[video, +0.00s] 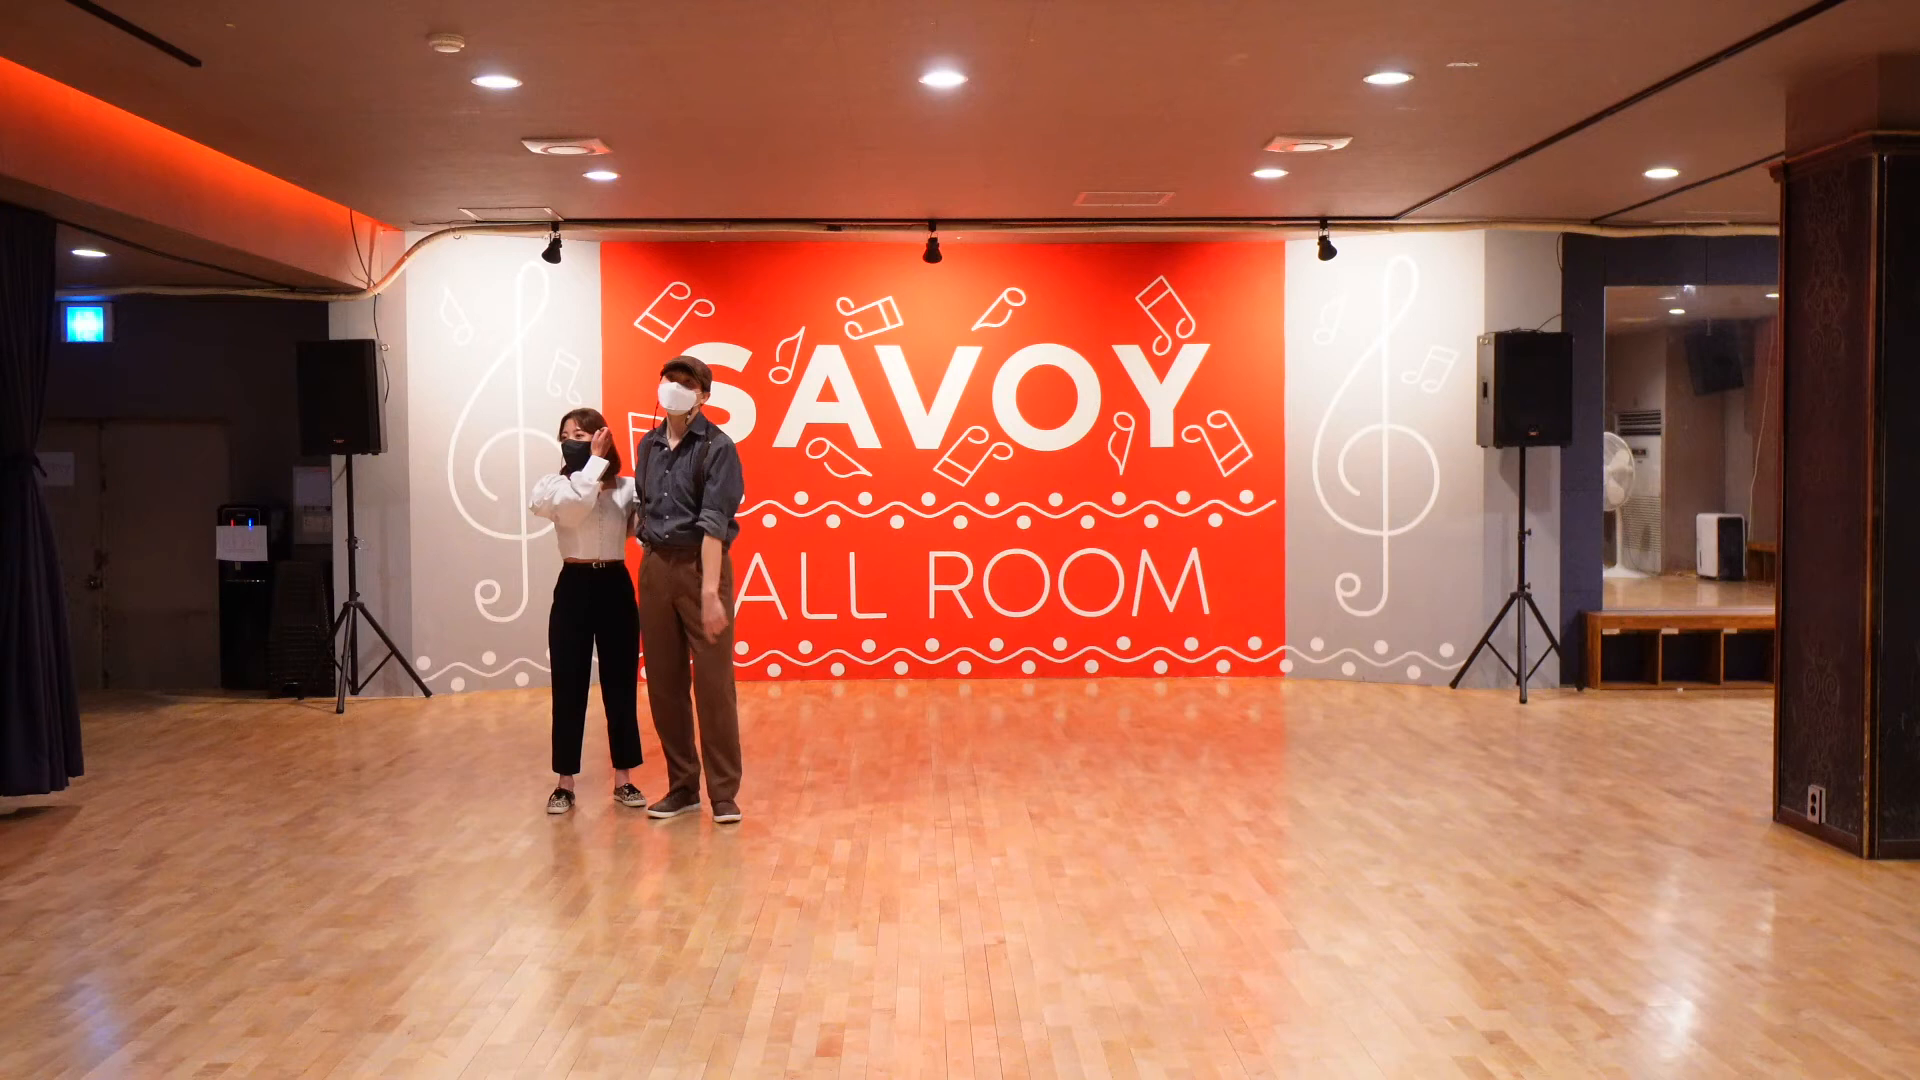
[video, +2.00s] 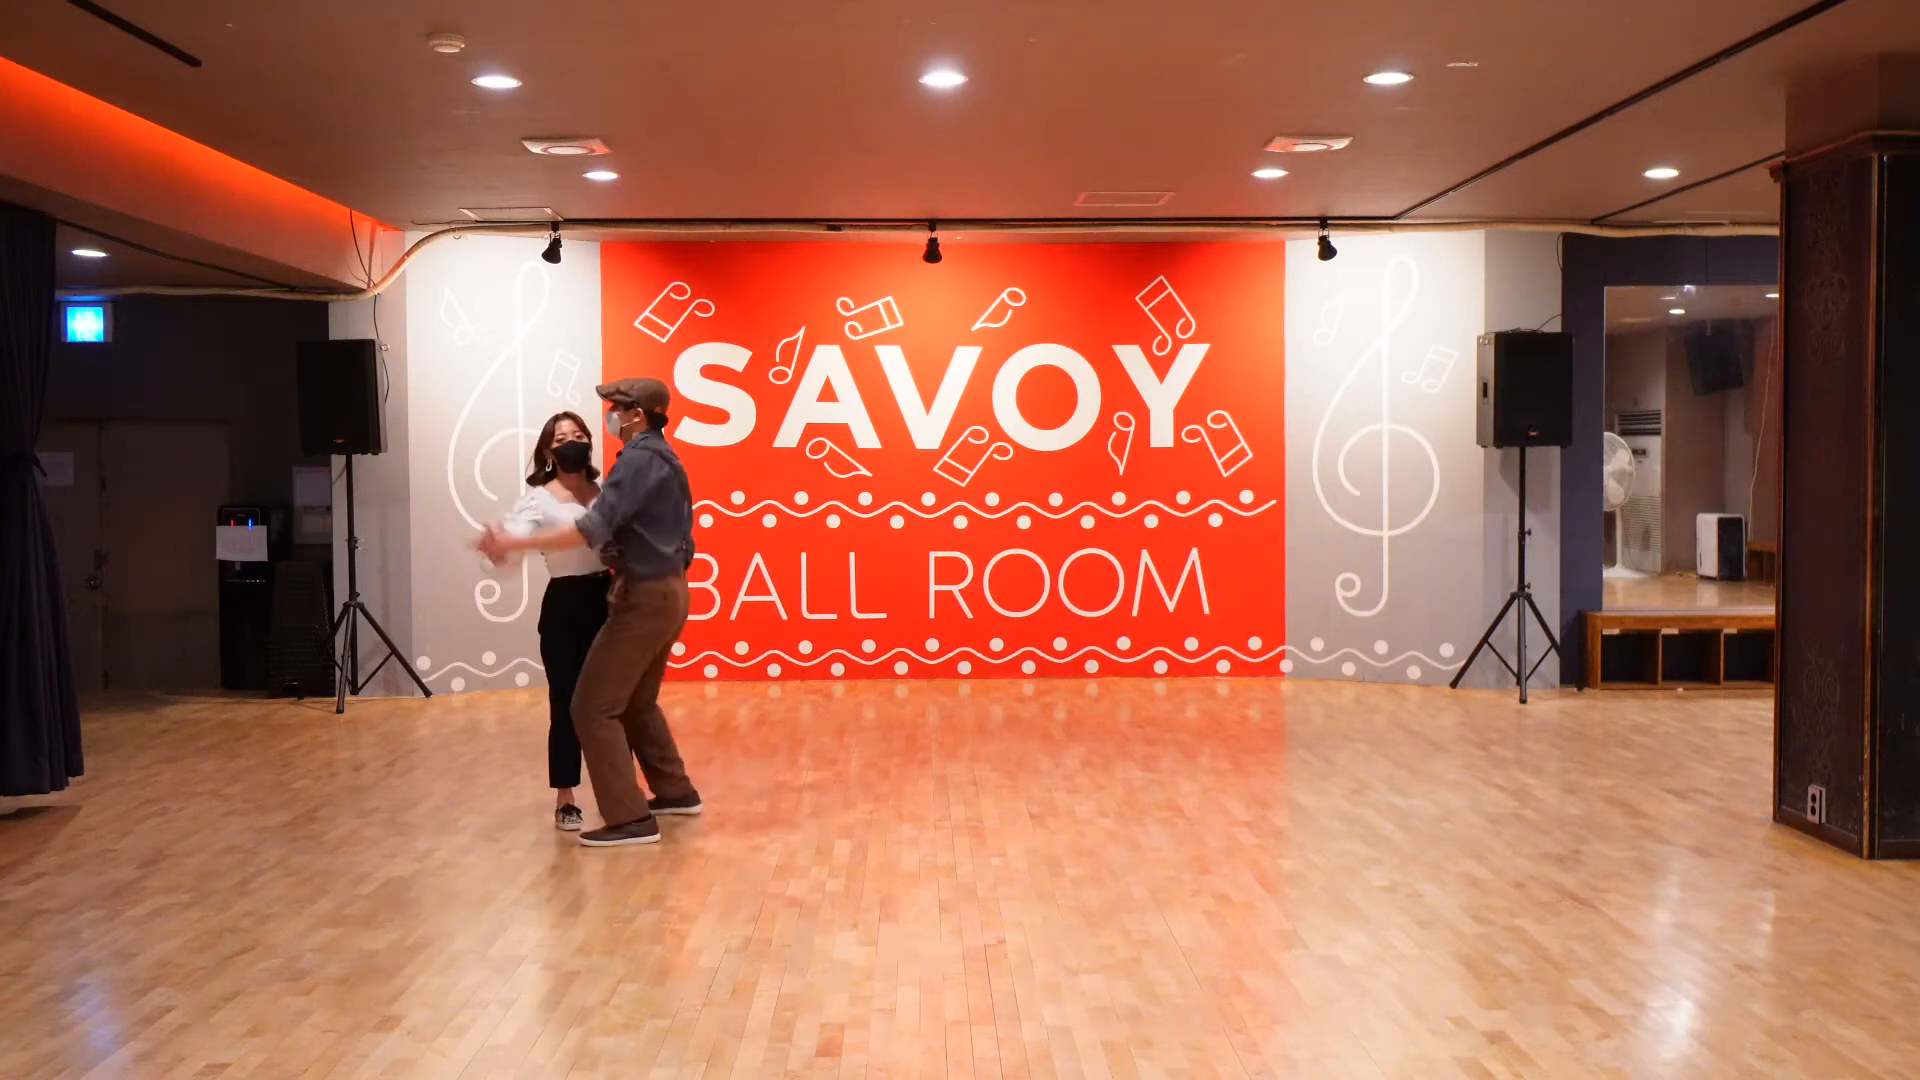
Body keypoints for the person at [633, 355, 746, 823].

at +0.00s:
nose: (672, 390)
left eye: (684, 384)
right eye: (669, 381)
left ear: (702, 396)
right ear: (659, 388)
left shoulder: (718, 448)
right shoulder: (649, 443)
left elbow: (715, 526)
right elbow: (642, 504)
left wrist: (711, 593)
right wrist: (637, 523)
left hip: (703, 569)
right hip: (654, 569)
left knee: (713, 684)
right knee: (665, 683)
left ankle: (723, 795)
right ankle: (683, 788)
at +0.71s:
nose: (648, 392)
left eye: (659, 384)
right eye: (647, 385)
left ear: (684, 392)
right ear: (648, 395)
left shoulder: (714, 445)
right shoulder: (645, 448)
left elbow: (725, 521)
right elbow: (640, 514)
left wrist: (666, 551)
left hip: (704, 570)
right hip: (656, 572)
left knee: (713, 684)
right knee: (665, 685)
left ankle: (722, 793)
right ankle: (683, 787)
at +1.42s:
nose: (627, 398)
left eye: (634, 392)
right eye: (629, 391)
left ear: (657, 401)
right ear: (653, 402)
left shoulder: (681, 455)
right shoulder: (649, 451)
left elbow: (684, 539)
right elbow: (640, 514)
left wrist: (616, 540)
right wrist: (602, 524)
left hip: (680, 577)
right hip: (649, 574)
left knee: (651, 680)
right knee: (648, 681)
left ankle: (683, 790)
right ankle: (674, 788)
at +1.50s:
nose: (623, 394)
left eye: (630, 388)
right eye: (625, 387)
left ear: (652, 397)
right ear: (651, 398)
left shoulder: (674, 452)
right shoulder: (647, 445)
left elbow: (686, 535)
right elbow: (642, 517)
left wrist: (624, 549)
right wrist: (607, 535)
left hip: (677, 575)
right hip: (652, 572)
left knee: (644, 675)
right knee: (661, 677)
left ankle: (647, 794)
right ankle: (682, 786)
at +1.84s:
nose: (609, 401)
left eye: (615, 394)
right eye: (612, 394)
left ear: (637, 403)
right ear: (642, 403)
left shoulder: (650, 459)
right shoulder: (655, 449)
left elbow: (637, 548)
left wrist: (590, 601)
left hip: (658, 585)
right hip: (674, 581)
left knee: (607, 689)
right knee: (648, 694)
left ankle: (616, 807)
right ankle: (678, 792)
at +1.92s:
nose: (608, 411)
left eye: (614, 404)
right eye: (610, 403)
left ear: (636, 411)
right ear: (645, 411)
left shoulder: (646, 463)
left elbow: (614, 545)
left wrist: (552, 584)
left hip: (653, 593)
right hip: (670, 590)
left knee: (595, 699)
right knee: (639, 699)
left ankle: (628, 813)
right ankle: (677, 793)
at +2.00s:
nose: (607, 418)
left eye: (613, 411)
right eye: (609, 411)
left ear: (637, 416)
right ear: (644, 417)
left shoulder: (639, 460)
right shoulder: (662, 459)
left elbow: (590, 528)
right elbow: (682, 544)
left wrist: (514, 543)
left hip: (645, 597)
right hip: (668, 592)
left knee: (593, 707)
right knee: (638, 703)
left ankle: (628, 818)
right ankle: (675, 792)